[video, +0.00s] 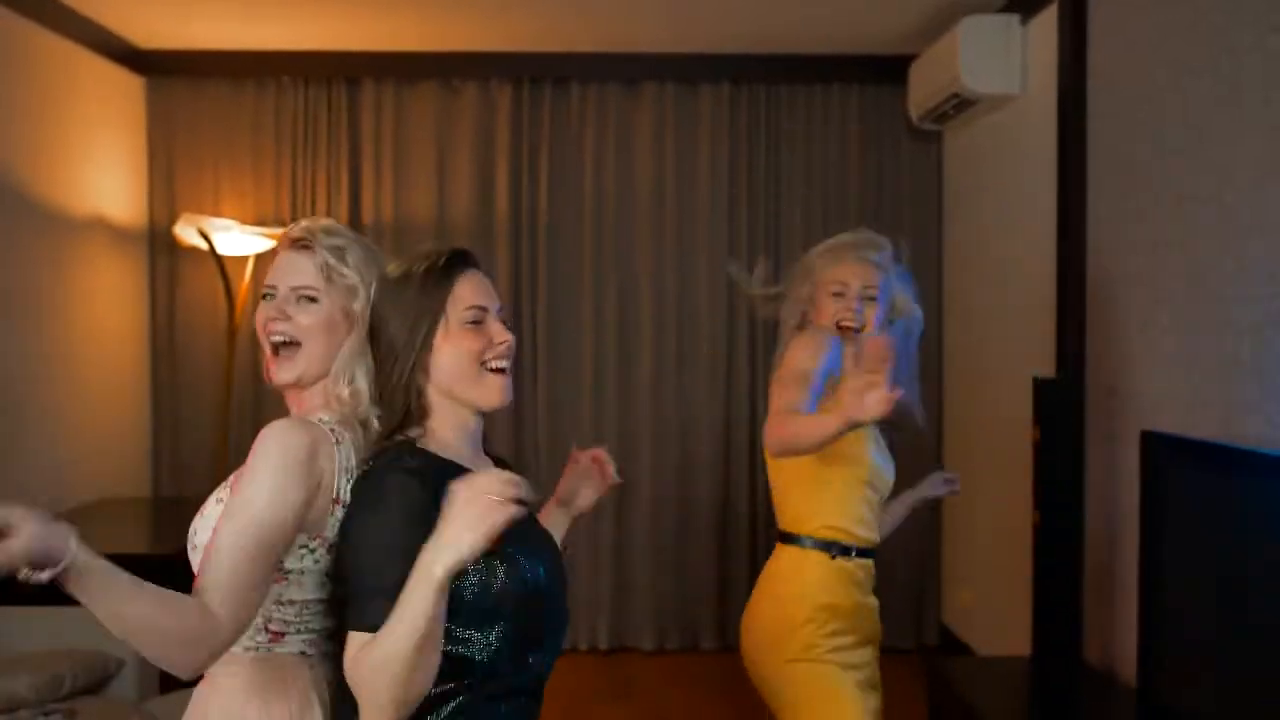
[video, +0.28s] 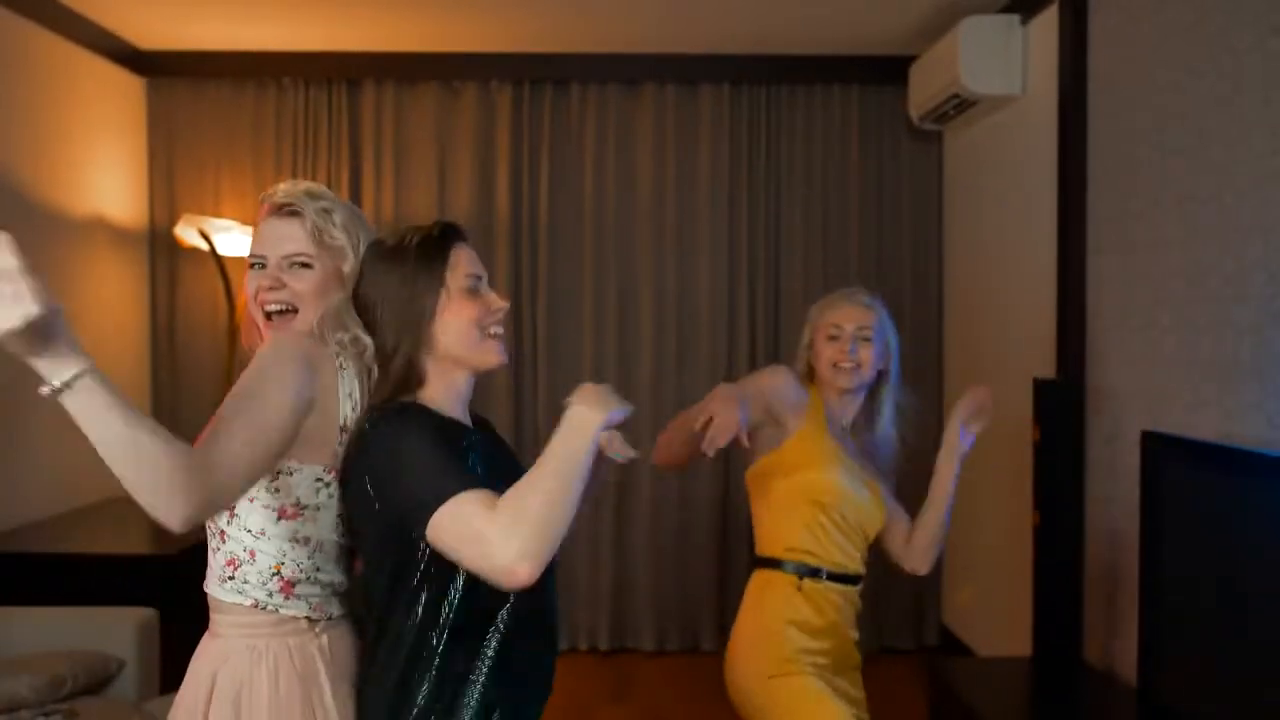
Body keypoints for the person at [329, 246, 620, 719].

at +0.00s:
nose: (505, 336)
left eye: (501, 319)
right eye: (475, 320)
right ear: (416, 346)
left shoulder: (496, 476)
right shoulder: (396, 486)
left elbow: (503, 603)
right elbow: (379, 701)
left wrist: (564, 510)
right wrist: (439, 556)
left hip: (507, 706)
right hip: (443, 710)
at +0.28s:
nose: (500, 302)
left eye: (489, 285)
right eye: (473, 287)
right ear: (414, 309)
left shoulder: (479, 437)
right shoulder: (393, 440)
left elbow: (521, 545)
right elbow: (511, 555)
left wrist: (583, 449)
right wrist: (584, 417)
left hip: (503, 702)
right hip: (427, 705)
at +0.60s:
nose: (498, 316)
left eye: (486, 297)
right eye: (471, 300)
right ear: (413, 327)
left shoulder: (501, 443)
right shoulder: (416, 462)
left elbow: (598, 535)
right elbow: (563, 574)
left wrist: (607, 470)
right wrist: (580, 448)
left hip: (533, 701)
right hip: (461, 704)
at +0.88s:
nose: (508, 332)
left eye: (495, 317)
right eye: (480, 321)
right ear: (424, 349)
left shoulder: (507, 461)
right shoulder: (429, 481)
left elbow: (601, 519)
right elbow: (563, 599)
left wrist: (670, 490)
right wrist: (676, 520)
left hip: (543, 704)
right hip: (470, 707)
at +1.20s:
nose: (508, 302)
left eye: (494, 286)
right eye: (479, 291)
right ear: (424, 322)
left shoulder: (518, 420)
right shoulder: (421, 463)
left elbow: (614, 474)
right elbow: (540, 563)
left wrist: (650, 456)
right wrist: (630, 449)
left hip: (552, 695)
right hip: (472, 703)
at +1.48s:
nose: (513, 331)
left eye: (498, 316)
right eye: (484, 320)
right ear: (429, 350)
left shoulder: (515, 464)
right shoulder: (412, 499)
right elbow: (536, 601)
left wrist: (626, 520)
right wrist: (595, 497)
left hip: (560, 702)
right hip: (471, 707)